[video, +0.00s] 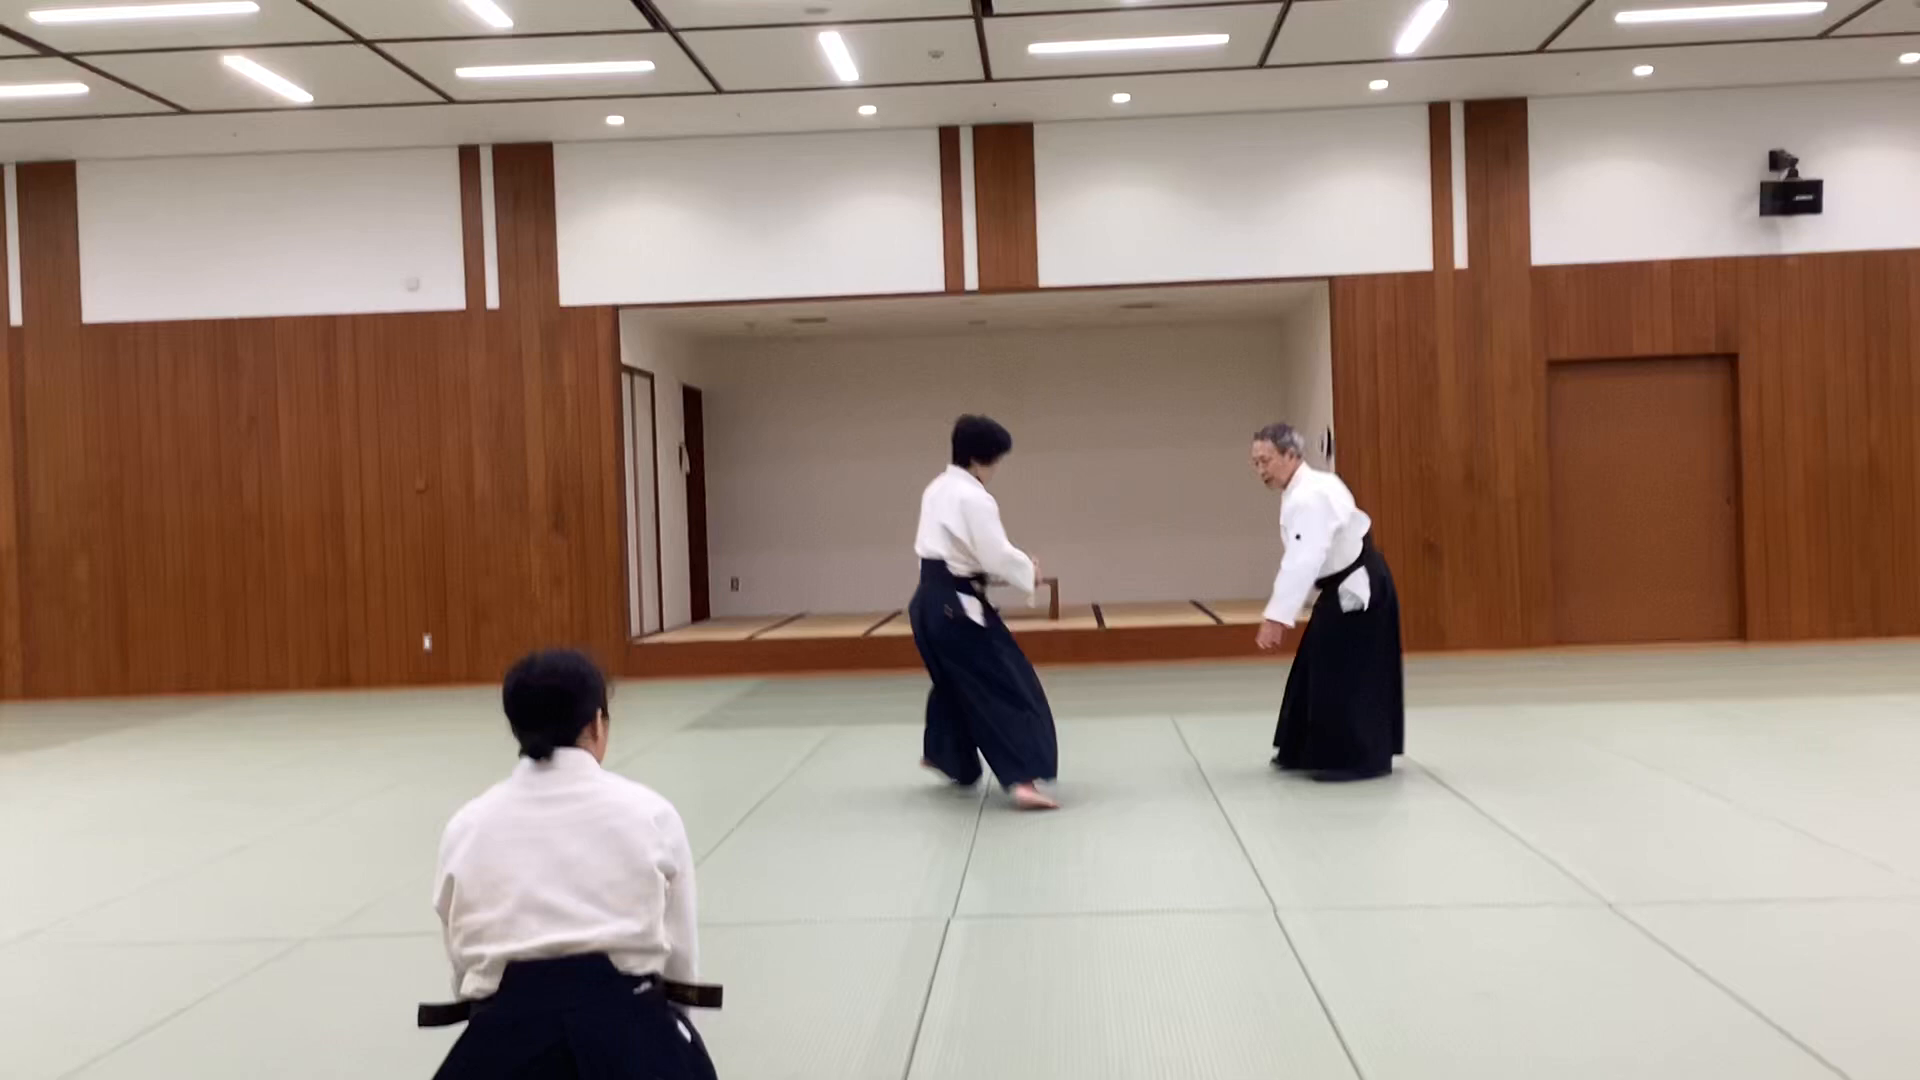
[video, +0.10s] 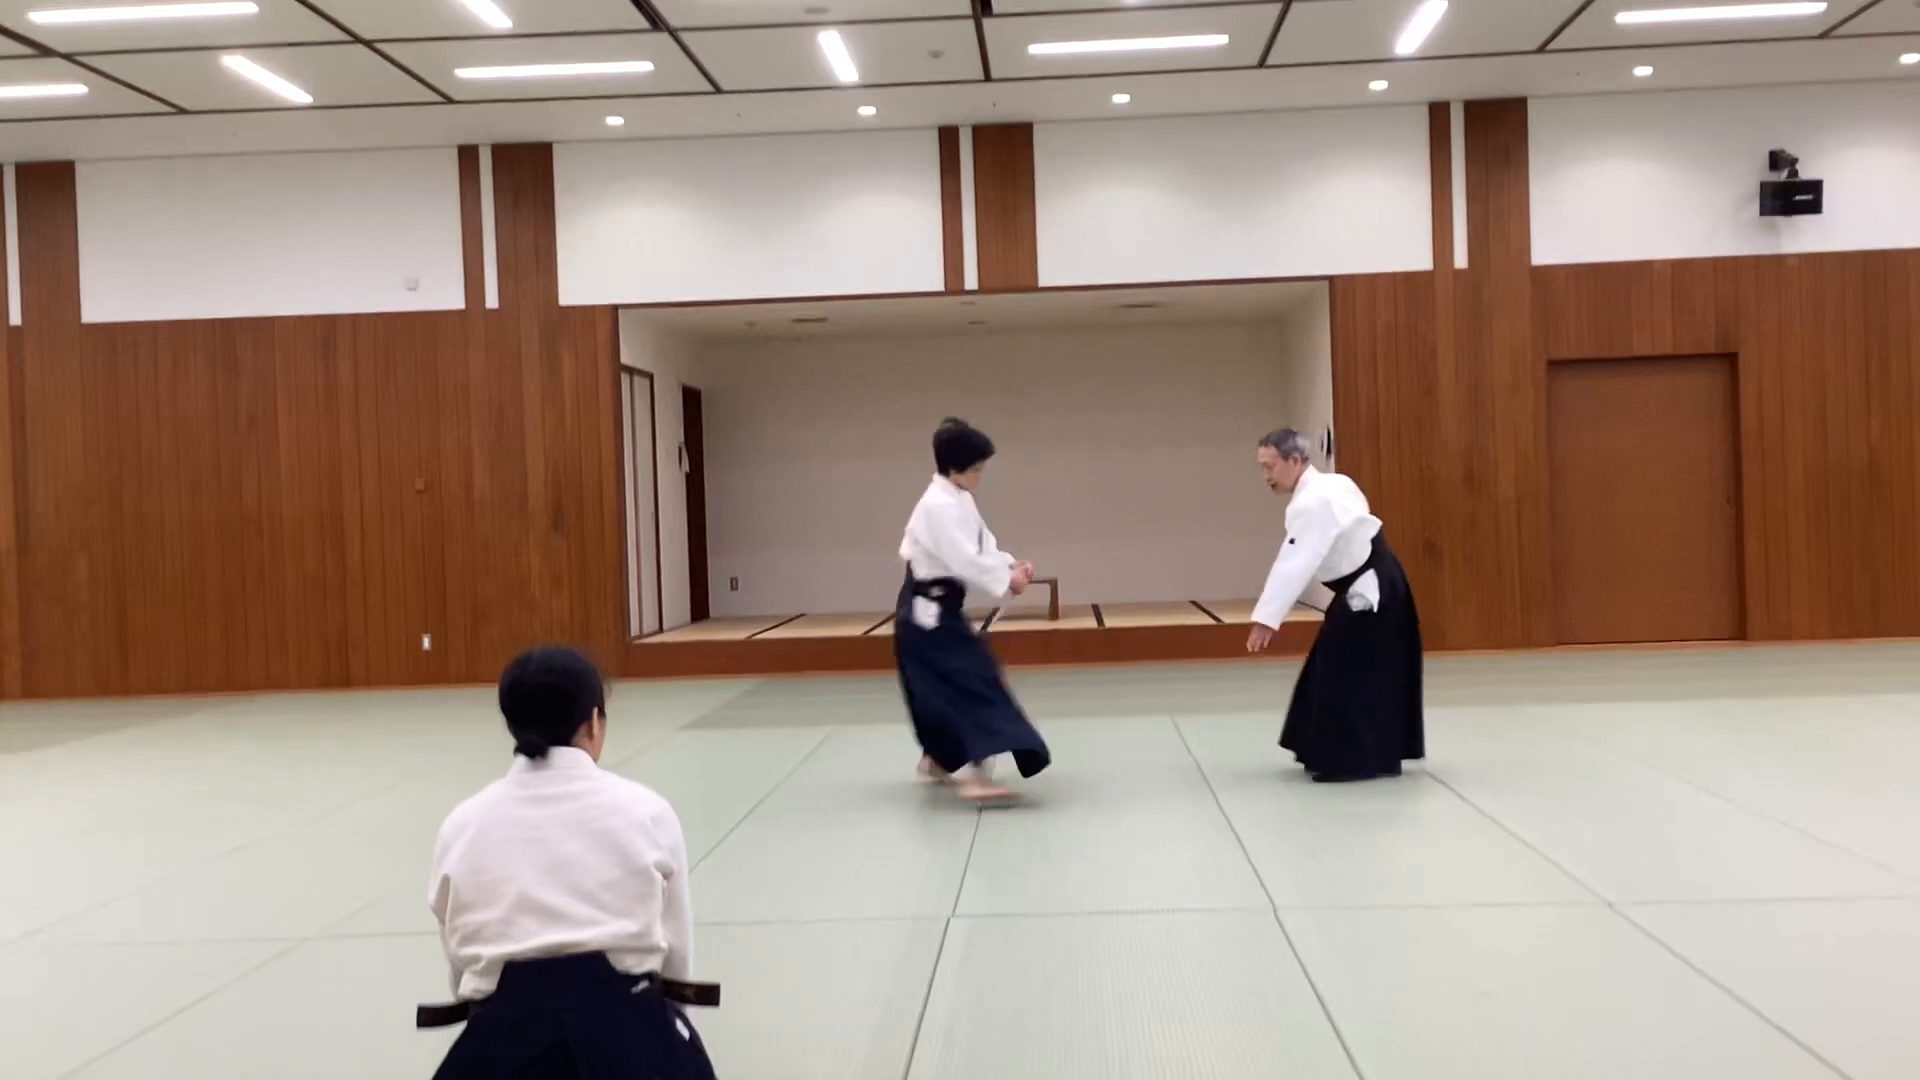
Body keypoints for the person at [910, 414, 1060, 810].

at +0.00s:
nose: (996, 467)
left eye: (997, 459)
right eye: (995, 459)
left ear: (960, 452)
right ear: (982, 458)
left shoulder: (936, 488)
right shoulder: (975, 498)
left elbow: (959, 552)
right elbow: (995, 556)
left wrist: (1018, 562)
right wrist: (1030, 570)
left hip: (926, 601)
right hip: (958, 606)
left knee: (952, 680)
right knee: (1009, 684)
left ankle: (939, 752)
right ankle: (1022, 780)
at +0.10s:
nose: (981, 475)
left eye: (982, 468)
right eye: (978, 468)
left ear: (954, 465)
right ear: (958, 468)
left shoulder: (959, 498)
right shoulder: (940, 506)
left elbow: (982, 542)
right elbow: (963, 561)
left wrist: (1011, 564)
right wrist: (1006, 579)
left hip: (937, 608)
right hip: (928, 612)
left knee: (950, 683)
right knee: (975, 681)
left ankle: (935, 757)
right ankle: (974, 774)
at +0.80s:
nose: (878, 492)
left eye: (877, 485)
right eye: (869, 489)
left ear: (875, 487)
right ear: (848, 497)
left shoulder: (892, 525)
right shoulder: (827, 535)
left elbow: (926, 563)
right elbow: (798, 588)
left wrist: (965, 600)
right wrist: (795, 635)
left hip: (881, 625)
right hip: (837, 627)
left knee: (928, 671)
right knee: (811, 689)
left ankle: (947, 755)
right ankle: (776, 764)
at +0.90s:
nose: (903, 493)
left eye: (901, 486)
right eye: (894, 489)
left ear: (899, 494)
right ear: (874, 499)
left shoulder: (915, 525)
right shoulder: (851, 538)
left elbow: (949, 561)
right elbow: (822, 590)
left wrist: (991, 595)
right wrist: (824, 635)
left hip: (902, 627)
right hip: (858, 629)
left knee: (951, 670)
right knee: (823, 688)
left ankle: (970, 752)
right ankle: (776, 763)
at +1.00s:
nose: (942, 490)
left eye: (939, 484)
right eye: (933, 487)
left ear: (934, 492)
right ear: (915, 497)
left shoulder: (953, 522)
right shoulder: (894, 536)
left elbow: (983, 563)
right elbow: (870, 590)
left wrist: (1021, 599)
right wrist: (877, 635)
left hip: (933, 624)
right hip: (895, 624)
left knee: (975, 680)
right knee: (853, 691)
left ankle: (977, 761)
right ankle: (787, 749)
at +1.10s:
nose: (979, 487)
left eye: (976, 481)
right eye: (971, 485)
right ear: (954, 495)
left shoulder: (987, 516)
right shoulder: (932, 536)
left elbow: (1007, 563)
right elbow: (926, 594)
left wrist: (1027, 610)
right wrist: (956, 621)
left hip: (964, 622)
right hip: (927, 625)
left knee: (1000, 688)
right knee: (906, 694)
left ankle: (983, 762)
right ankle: (842, 742)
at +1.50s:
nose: (1107, 451)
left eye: (1104, 446)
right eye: (1102, 447)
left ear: (1069, 460)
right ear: (1092, 457)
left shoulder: (1056, 490)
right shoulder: (1097, 492)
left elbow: (1027, 526)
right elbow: (1145, 468)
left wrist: (1012, 554)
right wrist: (1126, 423)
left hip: (1065, 601)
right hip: (1097, 602)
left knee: (1065, 680)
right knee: (1143, 673)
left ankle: (1004, 746)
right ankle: (1163, 765)